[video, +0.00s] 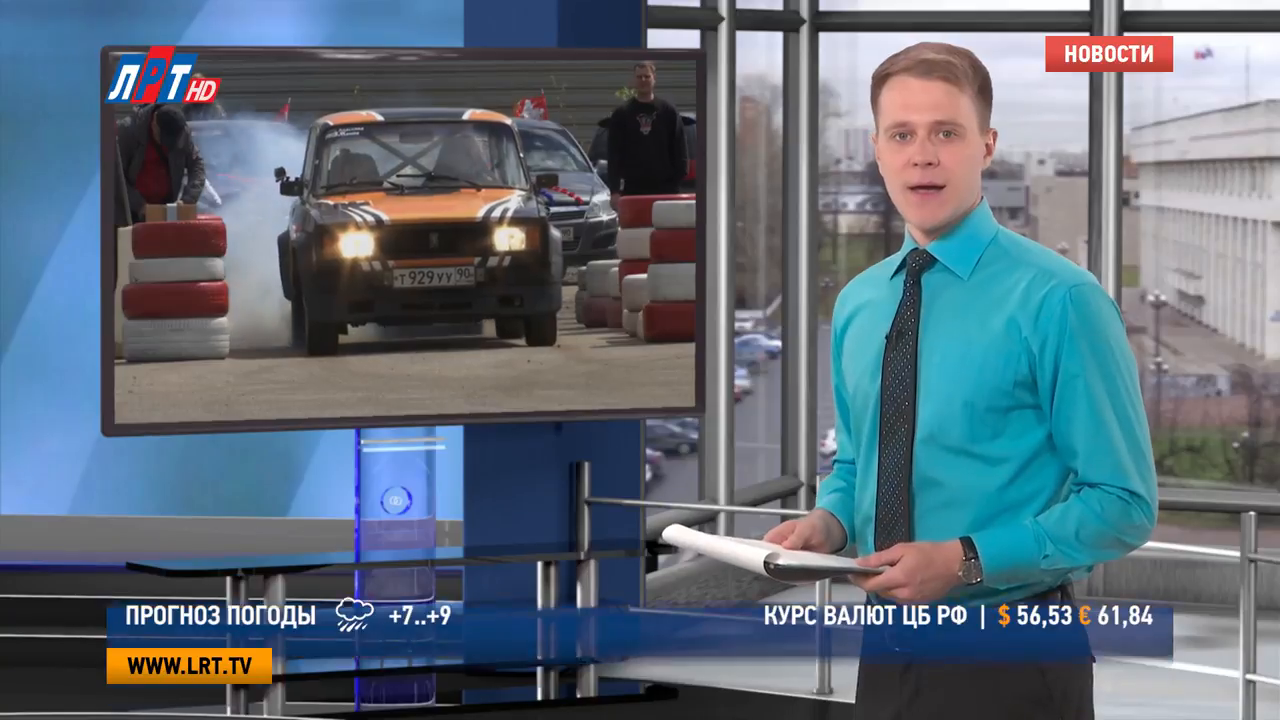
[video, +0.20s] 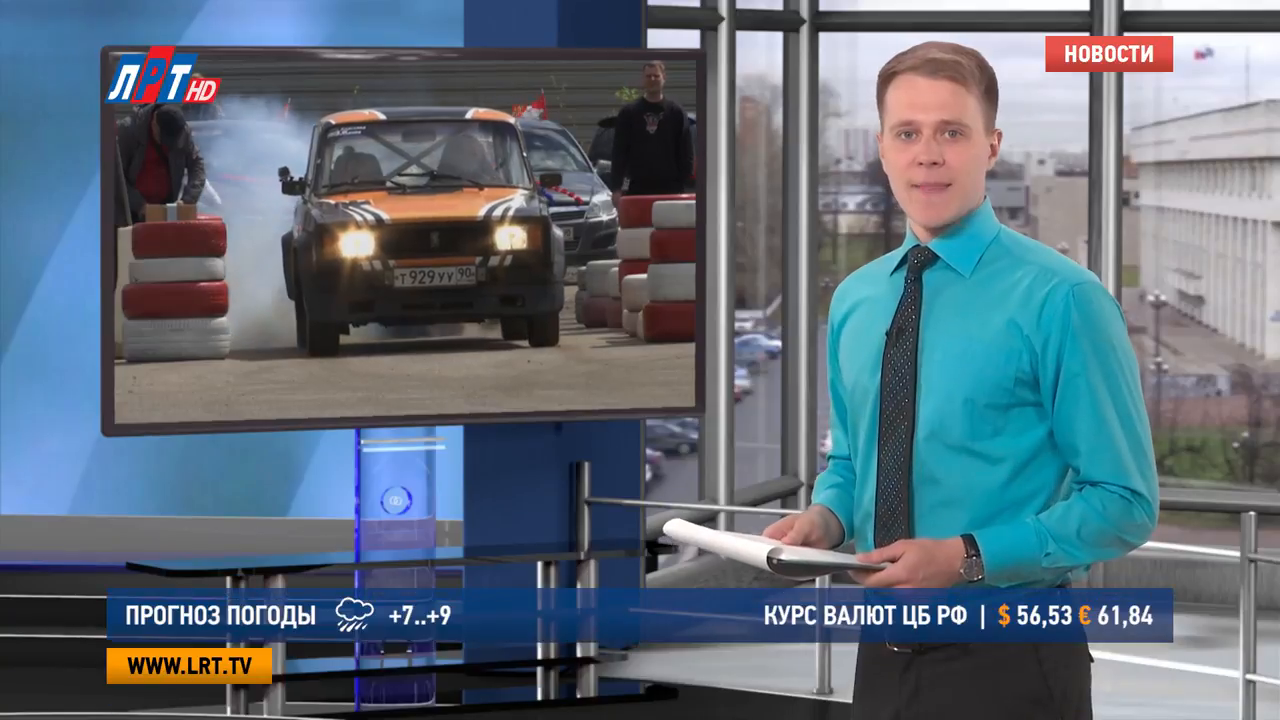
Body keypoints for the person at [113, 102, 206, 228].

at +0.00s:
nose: (163, 142)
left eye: (168, 139)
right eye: (161, 137)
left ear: (179, 130)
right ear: (154, 124)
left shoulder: (181, 132)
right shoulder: (127, 129)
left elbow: (197, 166)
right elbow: (115, 175)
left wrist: (186, 202)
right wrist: (140, 207)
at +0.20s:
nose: (163, 142)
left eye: (168, 139)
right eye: (161, 137)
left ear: (179, 130)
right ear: (154, 123)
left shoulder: (182, 132)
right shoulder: (127, 129)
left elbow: (197, 166)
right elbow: (115, 175)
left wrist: (187, 202)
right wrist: (140, 206)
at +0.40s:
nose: (163, 142)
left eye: (168, 139)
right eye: (161, 137)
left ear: (179, 129)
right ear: (153, 124)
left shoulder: (181, 132)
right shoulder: (127, 129)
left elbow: (197, 166)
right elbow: (116, 174)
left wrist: (187, 202)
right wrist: (139, 206)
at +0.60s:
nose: (163, 143)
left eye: (168, 140)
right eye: (161, 137)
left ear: (179, 130)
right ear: (153, 124)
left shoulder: (182, 132)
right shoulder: (127, 130)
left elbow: (196, 165)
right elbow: (115, 173)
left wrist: (188, 202)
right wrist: (139, 206)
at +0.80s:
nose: (163, 143)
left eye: (168, 139)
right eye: (161, 137)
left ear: (179, 129)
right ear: (153, 124)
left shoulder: (182, 132)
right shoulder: (127, 130)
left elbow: (197, 165)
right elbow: (115, 173)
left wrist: (188, 202)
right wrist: (139, 206)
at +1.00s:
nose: (163, 142)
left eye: (168, 139)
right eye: (161, 136)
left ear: (180, 129)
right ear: (154, 124)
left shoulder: (183, 131)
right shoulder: (127, 129)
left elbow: (198, 164)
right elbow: (115, 173)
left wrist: (188, 201)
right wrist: (140, 205)